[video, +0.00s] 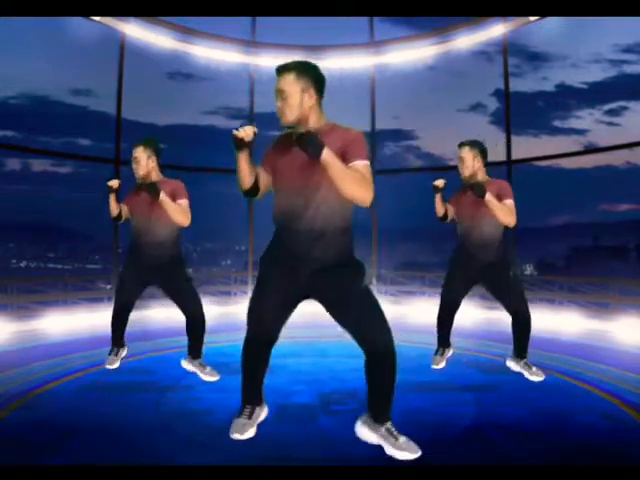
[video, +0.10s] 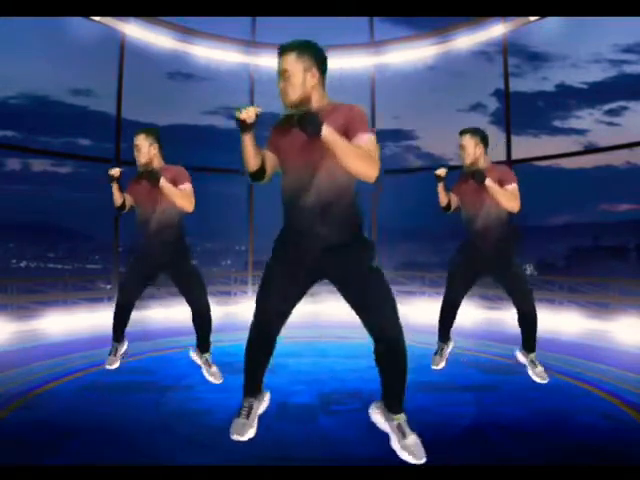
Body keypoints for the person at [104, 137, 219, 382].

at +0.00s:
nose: (135, 165)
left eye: (139, 160)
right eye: (133, 160)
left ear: (154, 160)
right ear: (134, 164)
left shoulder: (174, 187)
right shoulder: (137, 193)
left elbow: (185, 219)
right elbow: (118, 215)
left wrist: (161, 194)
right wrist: (112, 194)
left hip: (169, 264)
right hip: (138, 264)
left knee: (196, 314)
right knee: (121, 307)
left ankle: (193, 358)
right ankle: (117, 347)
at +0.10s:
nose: (136, 152)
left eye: (140, 147)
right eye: (135, 148)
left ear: (155, 148)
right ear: (137, 152)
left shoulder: (177, 173)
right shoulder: (138, 182)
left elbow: (188, 205)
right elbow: (122, 205)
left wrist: (160, 181)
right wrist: (115, 183)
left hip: (175, 251)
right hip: (146, 252)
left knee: (201, 304)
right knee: (125, 298)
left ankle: (203, 352)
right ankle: (117, 344)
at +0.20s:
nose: (140, 149)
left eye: (144, 143)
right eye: (139, 145)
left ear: (159, 144)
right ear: (141, 149)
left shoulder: (181, 166)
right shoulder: (144, 180)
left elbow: (192, 193)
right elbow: (126, 201)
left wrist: (162, 174)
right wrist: (120, 177)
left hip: (183, 246)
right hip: (155, 247)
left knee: (200, 303)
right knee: (127, 289)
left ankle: (218, 359)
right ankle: (125, 342)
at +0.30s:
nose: (148, 155)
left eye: (151, 150)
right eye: (146, 151)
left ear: (165, 151)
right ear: (147, 155)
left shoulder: (186, 173)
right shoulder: (151, 186)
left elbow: (196, 201)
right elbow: (134, 208)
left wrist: (166, 180)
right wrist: (127, 184)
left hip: (188, 254)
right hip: (161, 254)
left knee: (203, 311)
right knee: (135, 301)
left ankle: (223, 366)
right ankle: (137, 353)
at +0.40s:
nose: (152, 163)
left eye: (156, 158)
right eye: (151, 159)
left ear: (170, 158)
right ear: (155, 161)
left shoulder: (194, 181)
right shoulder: (160, 190)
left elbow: (198, 214)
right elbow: (149, 221)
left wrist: (168, 192)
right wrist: (136, 202)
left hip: (194, 262)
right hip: (167, 261)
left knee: (206, 320)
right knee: (137, 302)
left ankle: (223, 369)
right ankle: (138, 355)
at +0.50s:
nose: (157, 162)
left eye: (161, 156)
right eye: (156, 157)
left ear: (175, 157)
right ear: (159, 161)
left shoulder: (198, 180)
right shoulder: (164, 190)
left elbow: (204, 215)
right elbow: (155, 221)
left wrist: (173, 196)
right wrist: (141, 207)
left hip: (197, 262)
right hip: (168, 261)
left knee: (210, 321)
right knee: (138, 303)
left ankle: (224, 370)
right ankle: (138, 353)